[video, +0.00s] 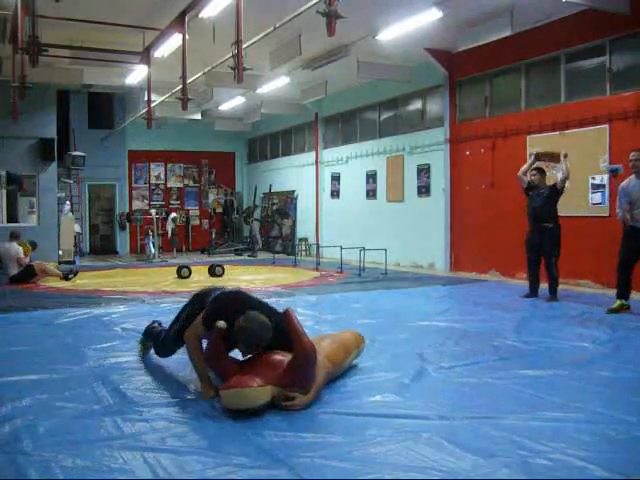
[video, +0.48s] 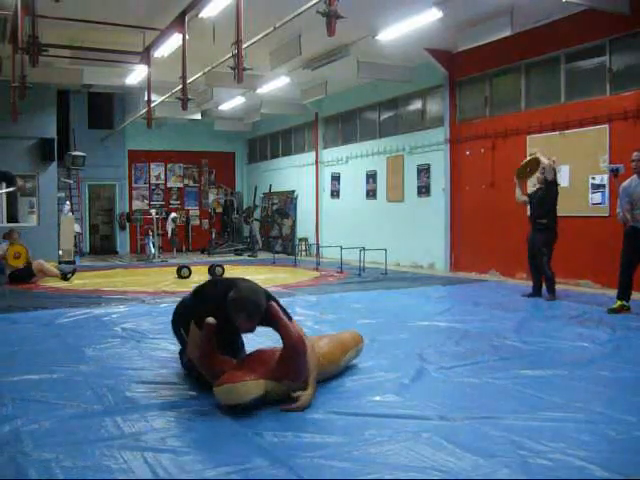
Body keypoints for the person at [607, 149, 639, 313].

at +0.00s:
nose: (633, 164)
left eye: (635, 160)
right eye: (631, 161)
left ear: (639, 162)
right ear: (629, 163)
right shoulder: (625, 186)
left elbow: (622, 208)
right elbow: (621, 208)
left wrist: (628, 217)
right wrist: (625, 217)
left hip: (634, 227)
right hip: (632, 226)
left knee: (626, 263)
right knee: (625, 263)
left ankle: (623, 298)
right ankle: (622, 298)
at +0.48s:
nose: (635, 164)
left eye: (636, 161)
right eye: (633, 161)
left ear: (639, 163)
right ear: (631, 164)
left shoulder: (630, 187)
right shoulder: (627, 187)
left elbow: (624, 210)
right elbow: (623, 209)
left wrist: (629, 221)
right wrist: (627, 221)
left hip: (634, 228)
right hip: (633, 228)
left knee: (628, 264)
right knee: (627, 264)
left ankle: (623, 299)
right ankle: (623, 299)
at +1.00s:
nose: (634, 164)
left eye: (636, 160)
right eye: (632, 161)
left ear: (639, 163)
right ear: (630, 164)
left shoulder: (630, 186)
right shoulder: (626, 186)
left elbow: (623, 209)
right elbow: (622, 208)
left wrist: (629, 221)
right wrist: (628, 221)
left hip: (634, 228)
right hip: (633, 228)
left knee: (628, 264)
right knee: (626, 264)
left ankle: (623, 299)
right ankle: (623, 299)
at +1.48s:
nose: (634, 164)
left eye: (636, 160)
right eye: (632, 161)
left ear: (639, 163)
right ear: (629, 164)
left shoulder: (629, 186)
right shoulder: (626, 186)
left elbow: (622, 209)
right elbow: (622, 209)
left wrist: (628, 221)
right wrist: (627, 221)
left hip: (634, 228)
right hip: (632, 228)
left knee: (627, 265)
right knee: (626, 265)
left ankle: (623, 299)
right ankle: (623, 299)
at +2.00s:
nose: (634, 163)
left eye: (636, 160)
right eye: (632, 160)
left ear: (639, 162)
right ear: (630, 163)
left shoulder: (629, 186)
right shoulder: (626, 185)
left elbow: (622, 208)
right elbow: (622, 208)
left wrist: (628, 222)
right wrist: (627, 223)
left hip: (634, 229)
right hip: (632, 228)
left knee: (627, 265)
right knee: (626, 265)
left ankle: (623, 300)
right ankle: (623, 299)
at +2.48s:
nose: (634, 163)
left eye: (636, 160)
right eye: (632, 160)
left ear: (639, 162)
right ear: (630, 163)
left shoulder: (629, 186)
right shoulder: (627, 186)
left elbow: (623, 209)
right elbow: (623, 208)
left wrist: (627, 221)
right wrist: (627, 222)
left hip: (635, 229)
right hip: (633, 228)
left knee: (628, 265)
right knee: (627, 265)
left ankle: (623, 299)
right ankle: (622, 299)